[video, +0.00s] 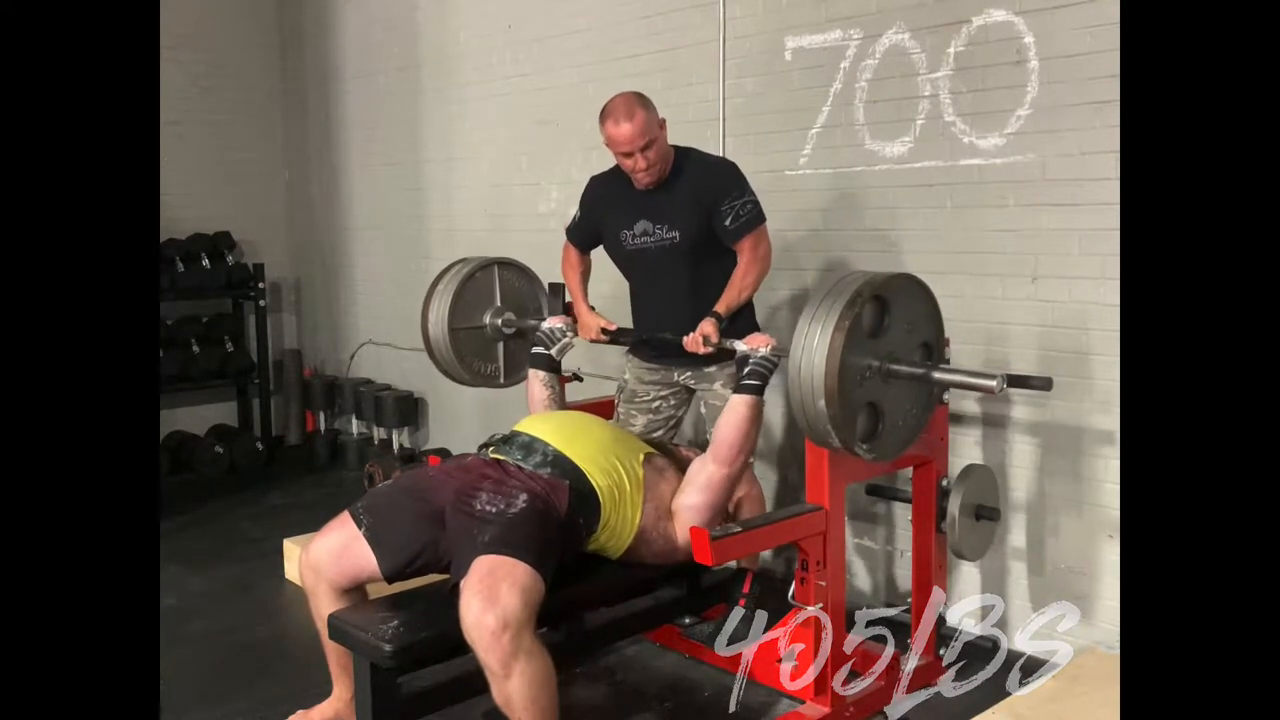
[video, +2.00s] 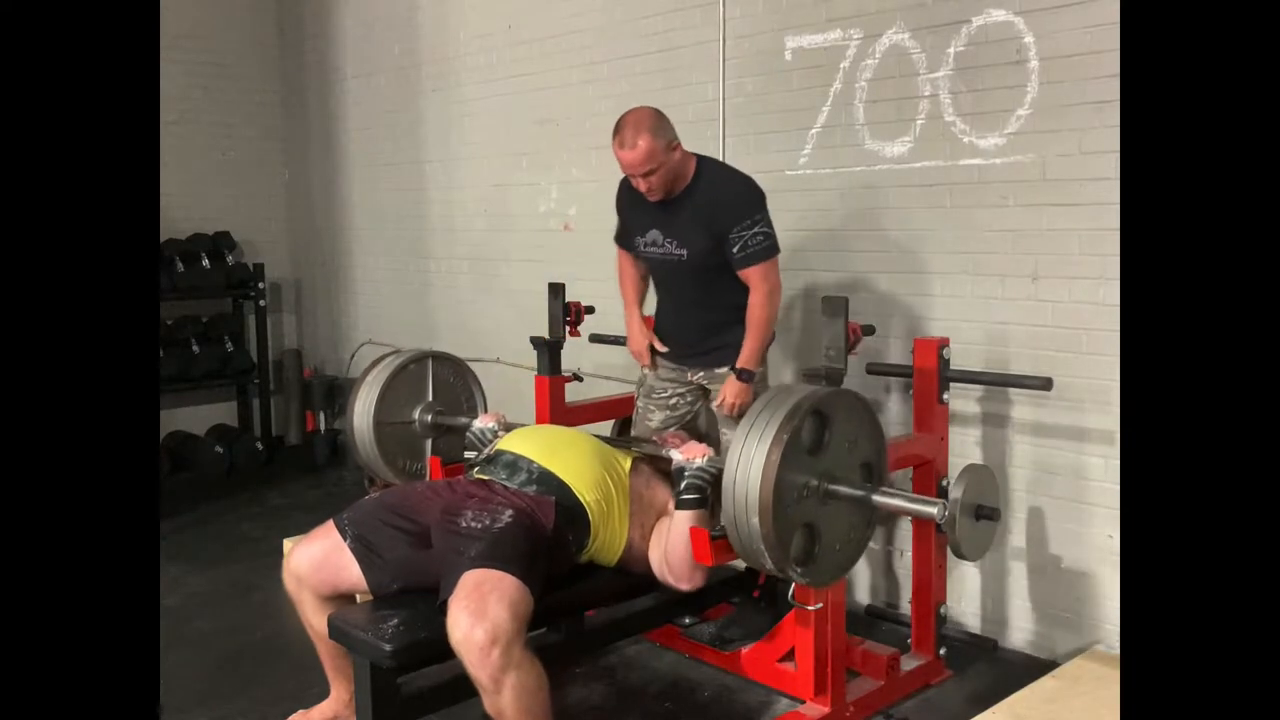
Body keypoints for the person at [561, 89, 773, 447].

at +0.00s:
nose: (641, 163)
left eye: (648, 148)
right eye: (626, 155)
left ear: (663, 127)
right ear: (608, 147)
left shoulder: (716, 178)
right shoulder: (602, 194)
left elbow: (756, 253)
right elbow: (575, 246)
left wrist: (717, 317)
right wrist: (582, 310)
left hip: (723, 360)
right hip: (651, 360)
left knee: (732, 467)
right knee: (631, 467)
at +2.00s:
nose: (640, 186)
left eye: (648, 173)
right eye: (631, 176)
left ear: (676, 151)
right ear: (622, 164)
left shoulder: (733, 194)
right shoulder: (631, 194)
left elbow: (766, 287)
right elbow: (630, 254)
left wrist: (744, 373)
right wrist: (634, 319)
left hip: (731, 366)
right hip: (667, 363)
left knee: (738, 480)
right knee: (649, 473)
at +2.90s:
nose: (654, 181)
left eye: (660, 167)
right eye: (640, 172)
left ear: (681, 142)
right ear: (627, 162)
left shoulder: (738, 193)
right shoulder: (629, 201)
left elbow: (776, 280)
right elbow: (601, 253)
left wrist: (719, 333)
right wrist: (584, 290)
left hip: (746, 348)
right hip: (677, 351)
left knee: (749, 464)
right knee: (667, 458)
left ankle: (772, 592)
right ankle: (698, 582)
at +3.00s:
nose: (656, 181)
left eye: (662, 166)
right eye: (643, 172)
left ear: (682, 140)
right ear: (628, 163)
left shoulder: (738, 192)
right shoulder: (627, 199)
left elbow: (774, 280)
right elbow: (583, 247)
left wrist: (720, 321)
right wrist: (567, 291)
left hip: (746, 347)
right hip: (677, 351)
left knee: (751, 465)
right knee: (666, 460)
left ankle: (770, 593)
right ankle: (700, 583)